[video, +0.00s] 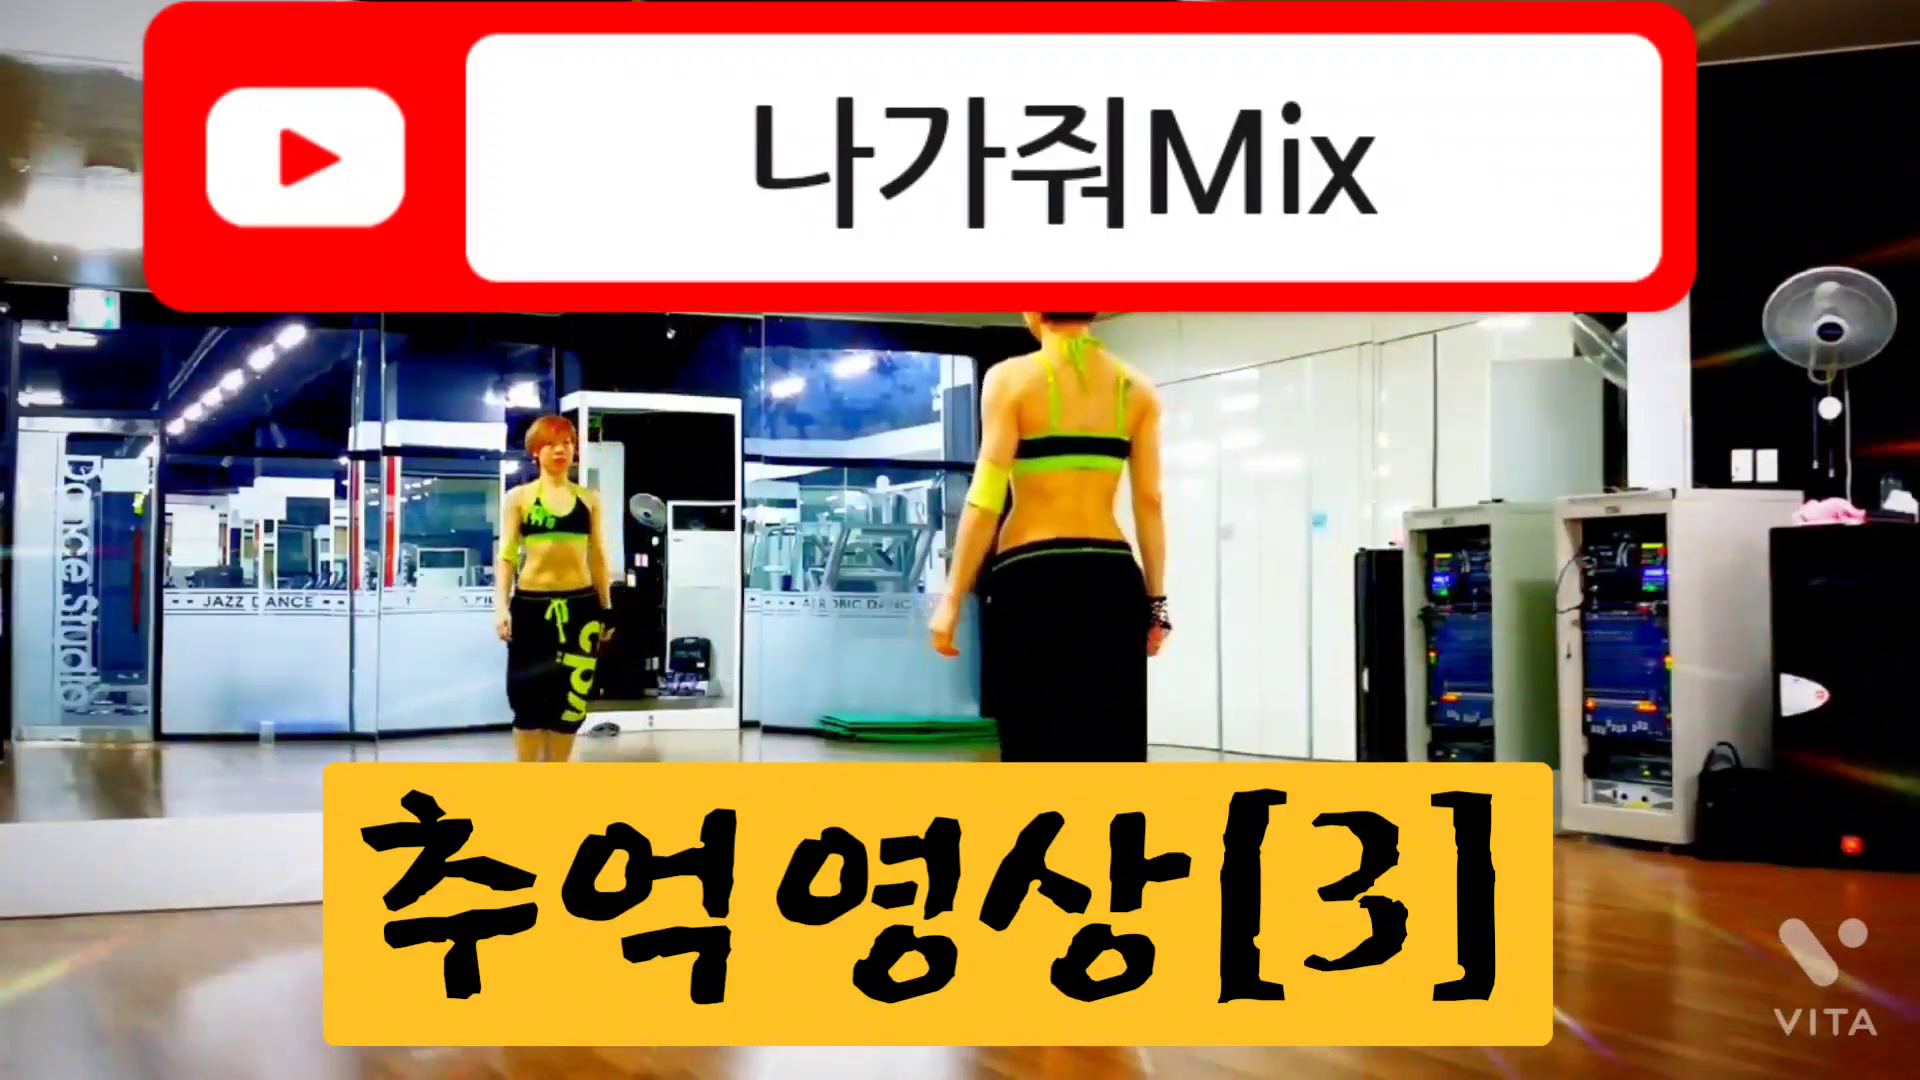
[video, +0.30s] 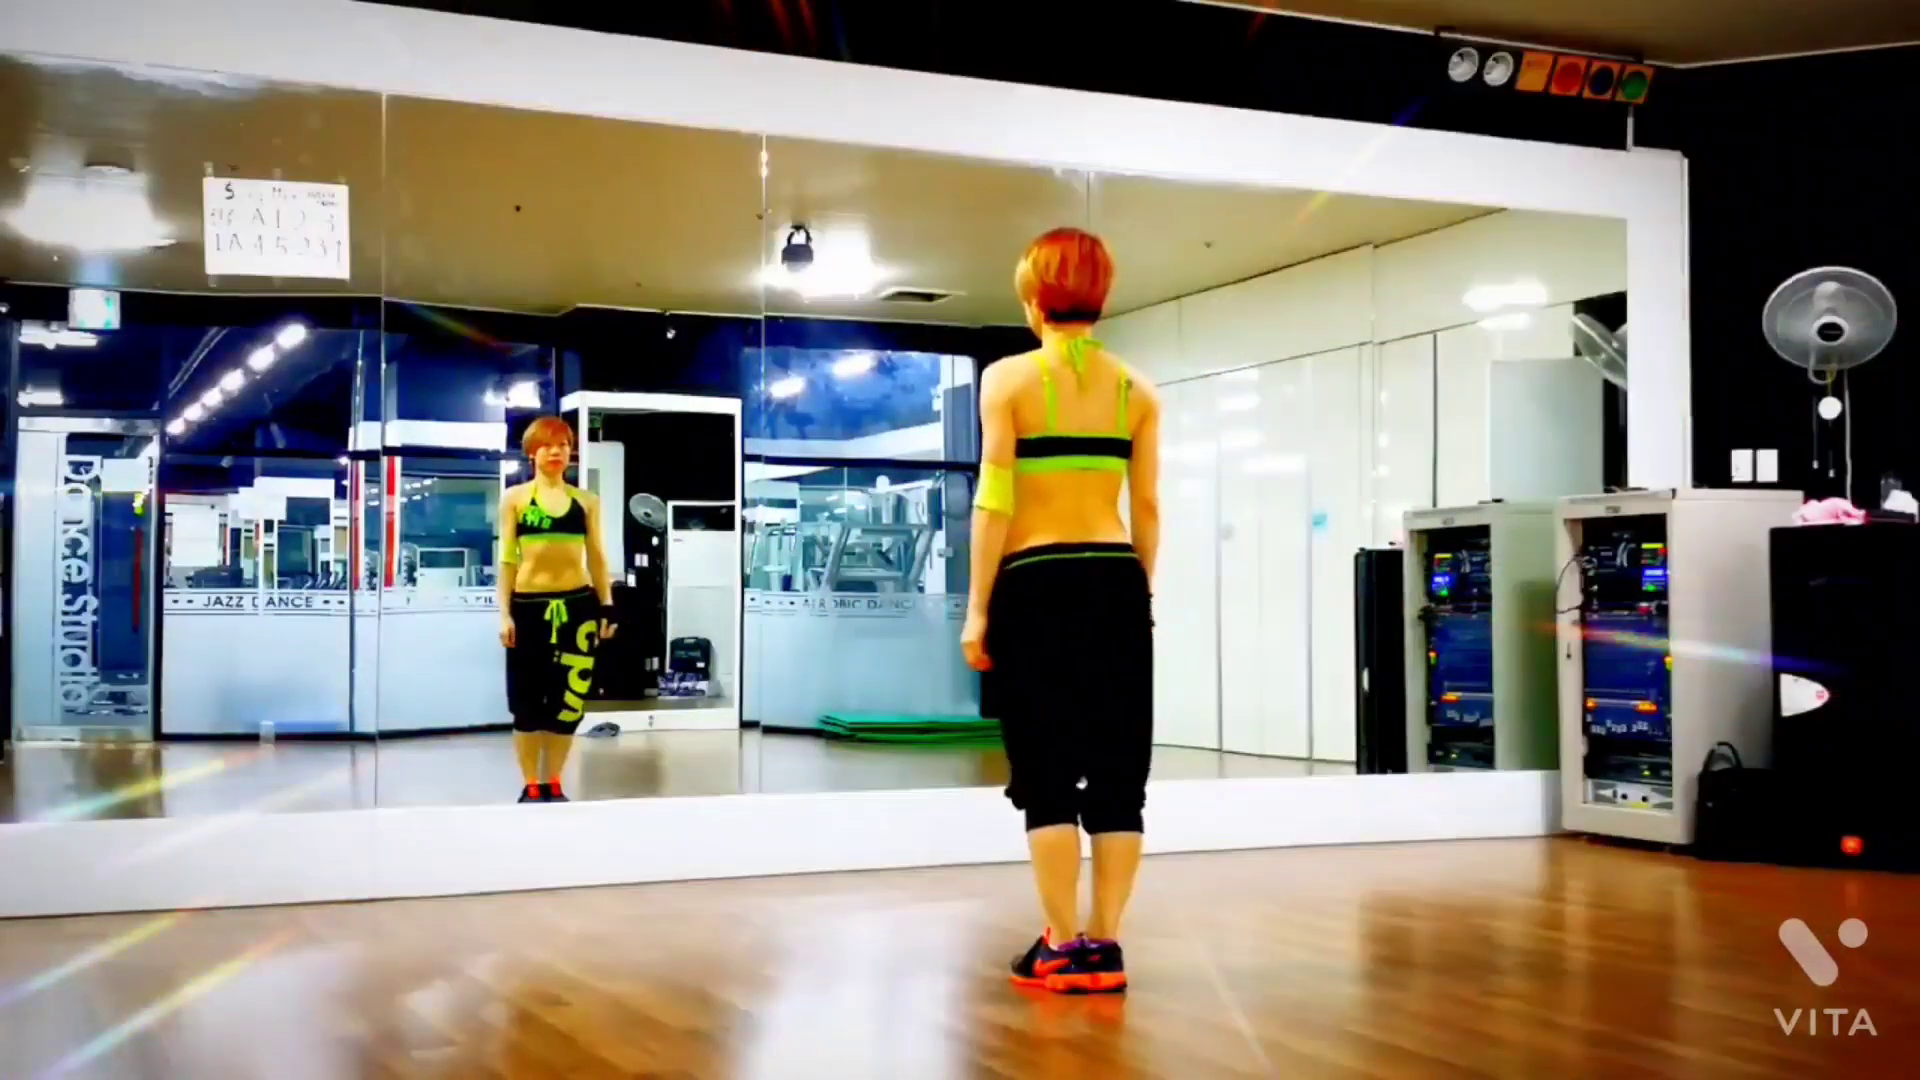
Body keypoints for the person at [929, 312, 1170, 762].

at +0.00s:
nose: (1024, 316)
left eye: (1025, 309)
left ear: (1033, 313)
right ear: (1094, 313)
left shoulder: (1010, 379)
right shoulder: (1136, 388)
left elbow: (986, 500)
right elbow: (1149, 502)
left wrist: (952, 599)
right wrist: (1157, 600)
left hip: (1029, 584)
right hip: (1110, 583)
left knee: (1032, 752)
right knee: (1112, 750)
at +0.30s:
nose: (1025, 305)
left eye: (1027, 293)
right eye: (1037, 293)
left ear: (1032, 300)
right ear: (1101, 299)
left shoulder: (1007, 380)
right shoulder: (1135, 389)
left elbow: (997, 502)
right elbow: (1145, 506)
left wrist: (977, 606)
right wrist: (1141, 588)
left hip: (1032, 589)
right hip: (1116, 587)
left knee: (1044, 765)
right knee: (1120, 766)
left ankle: (1061, 939)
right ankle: (1104, 944)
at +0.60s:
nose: (1024, 301)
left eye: (1025, 291)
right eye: (1033, 290)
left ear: (1032, 296)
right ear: (1101, 296)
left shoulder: (1006, 377)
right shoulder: (1136, 389)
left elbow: (982, 499)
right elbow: (1142, 506)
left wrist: (951, 599)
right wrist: (1128, 580)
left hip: (1027, 588)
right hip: (1112, 586)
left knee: (1043, 767)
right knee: (1115, 764)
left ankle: (1062, 939)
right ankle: (1105, 944)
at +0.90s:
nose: (1023, 302)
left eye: (1024, 291)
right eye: (1034, 291)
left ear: (1030, 298)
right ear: (1101, 297)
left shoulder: (1006, 380)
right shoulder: (1134, 388)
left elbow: (987, 499)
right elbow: (1152, 503)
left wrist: (957, 603)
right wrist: (1144, 587)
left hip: (1024, 590)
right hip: (1109, 589)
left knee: (1041, 767)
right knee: (1116, 767)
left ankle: (1060, 939)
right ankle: (1104, 944)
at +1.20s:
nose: (1023, 305)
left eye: (1024, 294)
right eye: (1034, 293)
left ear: (1030, 299)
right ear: (1099, 298)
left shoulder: (1008, 376)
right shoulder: (1134, 388)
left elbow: (978, 478)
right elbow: (1143, 502)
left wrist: (960, 555)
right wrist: (1134, 577)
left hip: (1030, 588)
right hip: (1114, 586)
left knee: (1041, 766)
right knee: (1119, 767)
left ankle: (1061, 940)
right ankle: (1104, 944)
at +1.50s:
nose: (1023, 304)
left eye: (1024, 293)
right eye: (1036, 292)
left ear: (1029, 299)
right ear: (1099, 298)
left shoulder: (1006, 377)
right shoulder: (1134, 391)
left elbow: (962, 473)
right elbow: (1140, 505)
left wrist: (961, 548)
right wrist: (1131, 577)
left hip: (1027, 587)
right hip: (1111, 585)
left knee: (1039, 765)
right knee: (1116, 766)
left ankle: (1061, 940)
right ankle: (1104, 945)